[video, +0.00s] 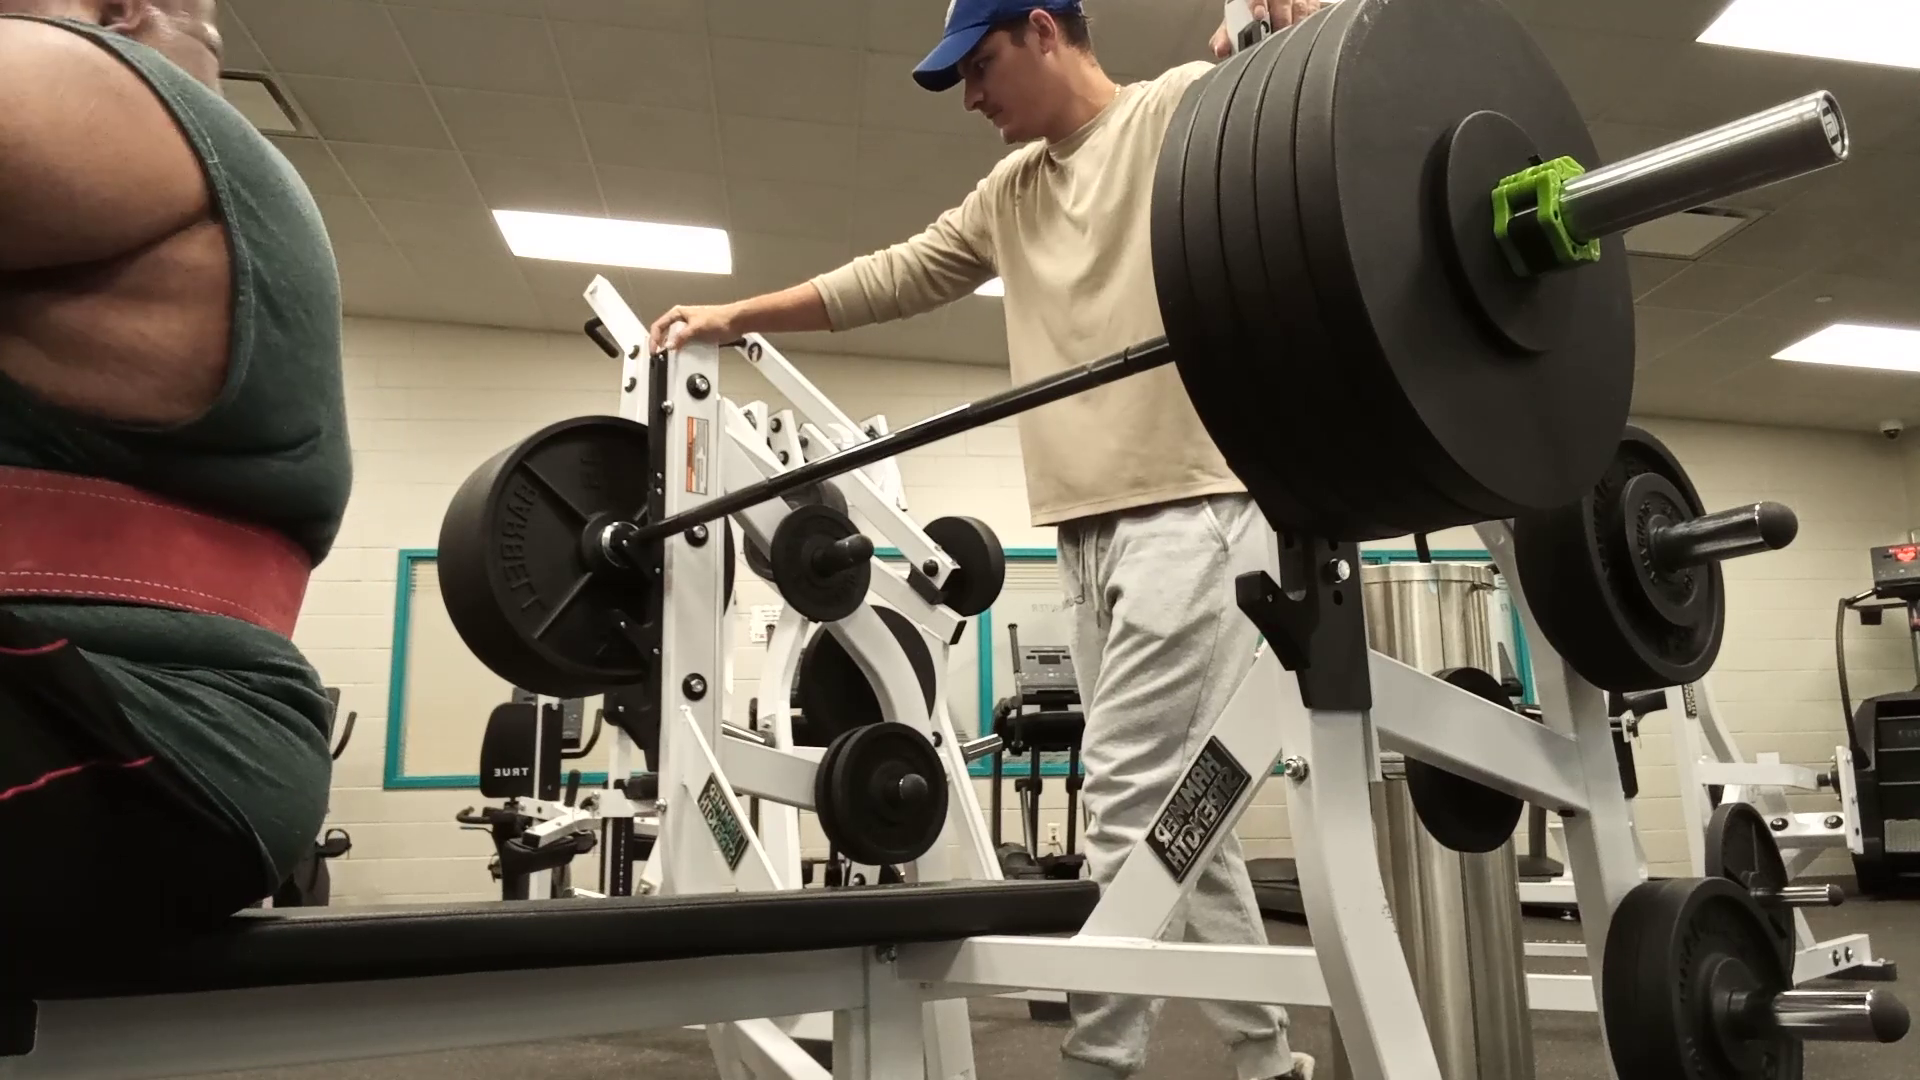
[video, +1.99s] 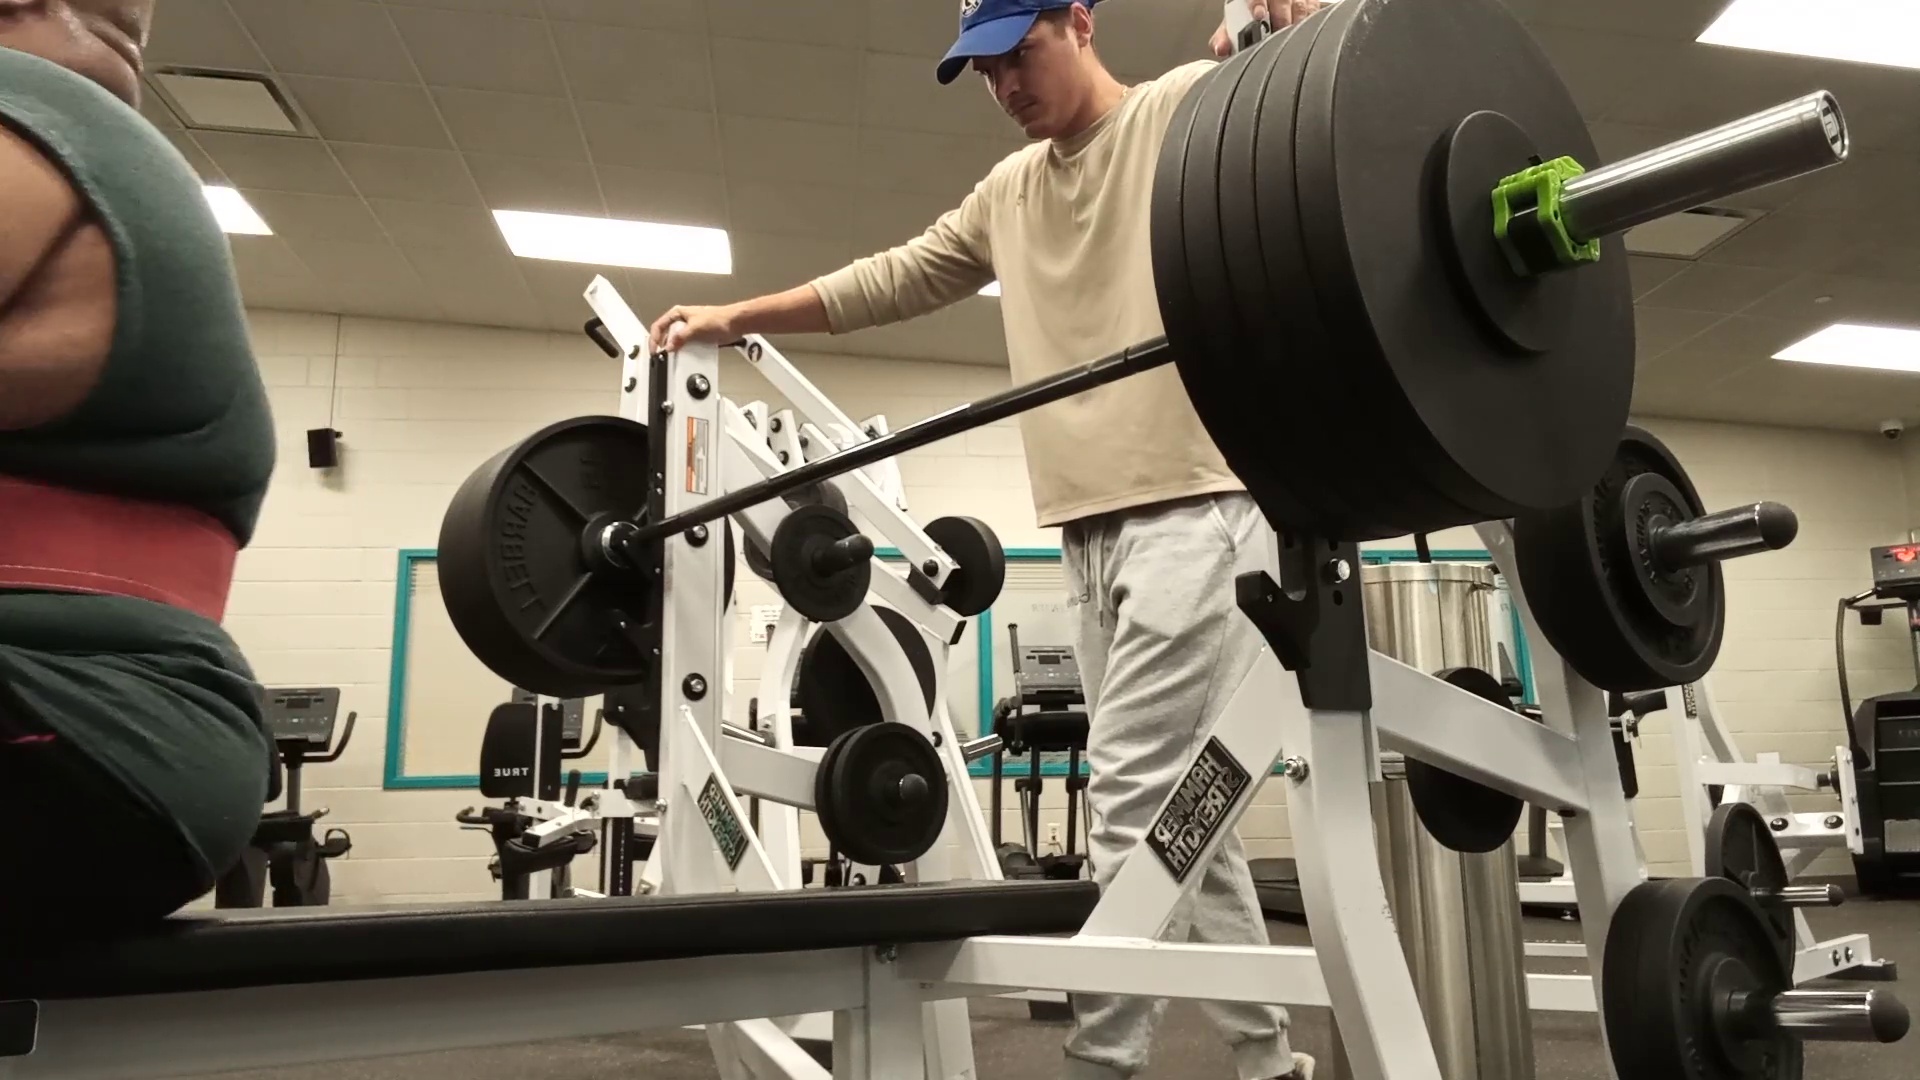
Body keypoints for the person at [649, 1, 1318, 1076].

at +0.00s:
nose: (973, 94)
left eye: (980, 67)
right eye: (964, 80)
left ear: (1046, 30)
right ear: (1027, 48)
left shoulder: (1179, 99)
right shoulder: (1007, 191)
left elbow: (1314, 111)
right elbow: (899, 274)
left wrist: (1292, 37)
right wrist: (736, 313)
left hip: (1197, 511)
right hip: (1087, 533)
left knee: (1123, 791)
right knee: (1172, 804)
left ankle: (1101, 1063)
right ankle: (1265, 1060)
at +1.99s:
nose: (1001, 87)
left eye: (1014, 58)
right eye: (987, 72)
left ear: (1080, 25)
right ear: (986, 78)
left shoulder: (1187, 101)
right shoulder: (1006, 192)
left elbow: (1316, 102)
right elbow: (890, 279)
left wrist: (1291, 34)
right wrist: (734, 314)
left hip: (1201, 508)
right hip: (1090, 530)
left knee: (1128, 793)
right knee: (1175, 804)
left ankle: (1103, 1061)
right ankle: (1264, 1056)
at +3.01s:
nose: (976, 105)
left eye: (986, 78)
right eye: (970, 85)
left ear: (1055, 45)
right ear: (1026, 62)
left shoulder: (1185, 102)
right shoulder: (1006, 193)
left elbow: (1314, 110)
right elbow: (893, 279)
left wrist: (1291, 36)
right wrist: (734, 314)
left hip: (1201, 510)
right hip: (1090, 533)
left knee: (1129, 792)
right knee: (1174, 804)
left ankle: (1103, 1064)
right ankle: (1267, 1060)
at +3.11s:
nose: (974, 111)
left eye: (985, 83)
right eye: (967, 90)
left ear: (1054, 46)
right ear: (1024, 64)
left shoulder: (1185, 102)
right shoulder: (1005, 195)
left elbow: (1315, 110)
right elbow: (893, 280)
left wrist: (1291, 37)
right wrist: (734, 314)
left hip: (1200, 511)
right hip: (1090, 535)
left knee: (1128, 793)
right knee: (1174, 805)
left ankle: (1102, 1064)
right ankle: (1267, 1061)